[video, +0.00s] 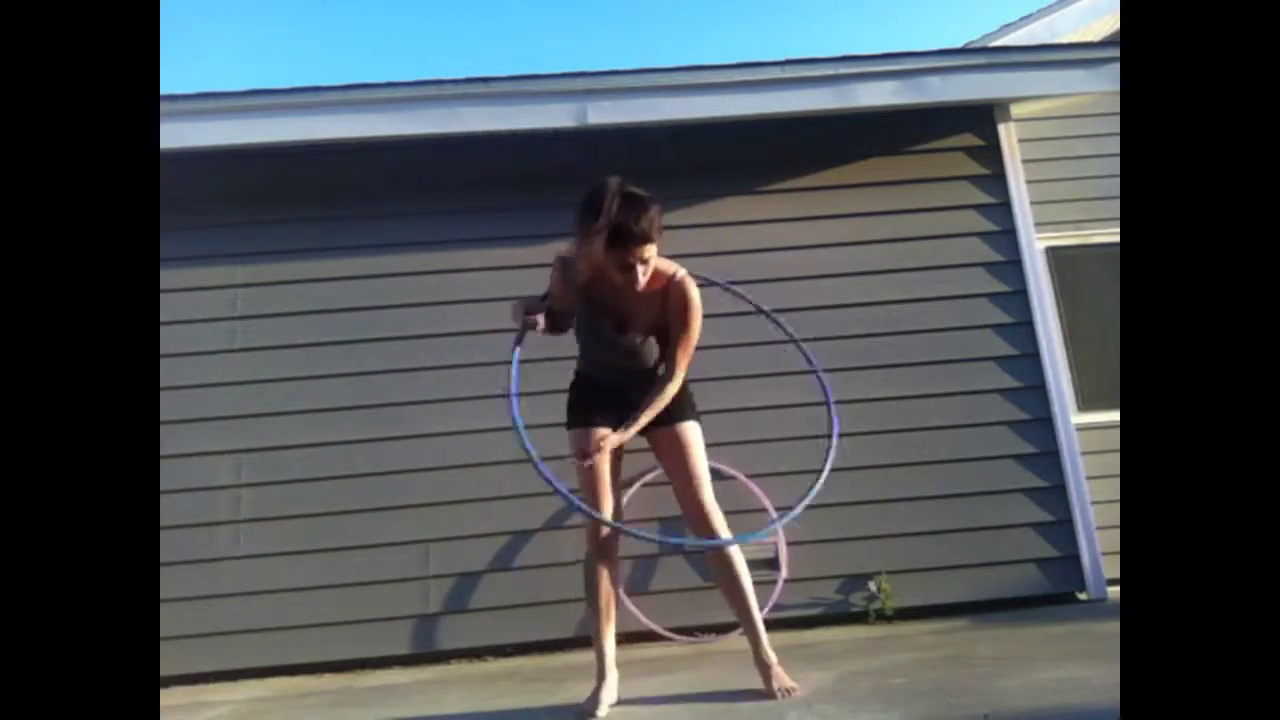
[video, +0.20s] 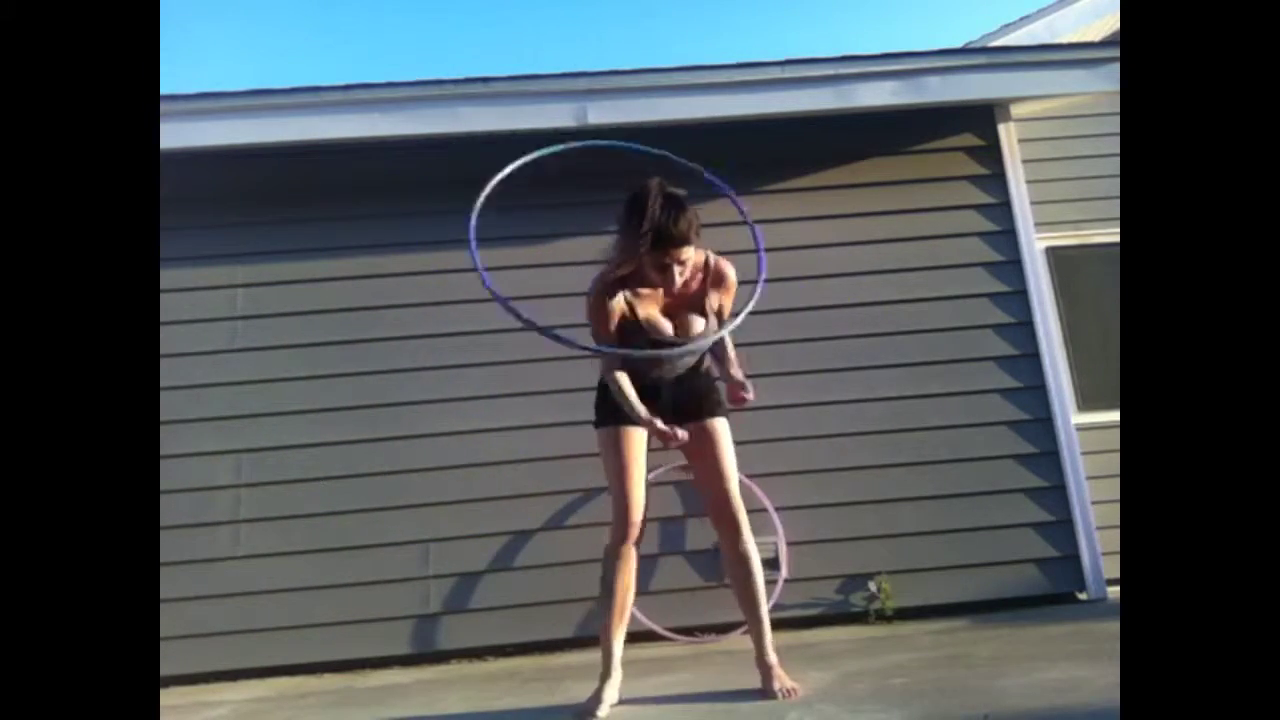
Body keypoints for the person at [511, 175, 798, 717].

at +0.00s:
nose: (640, 272)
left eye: (648, 260)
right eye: (628, 263)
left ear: (660, 244)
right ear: (603, 247)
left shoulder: (680, 290)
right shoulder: (575, 267)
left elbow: (674, 378)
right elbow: (559, 320)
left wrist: (626, 432)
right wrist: (535, 316)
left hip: (661, 387)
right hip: (596, 390)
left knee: (705, 515)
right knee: (602, 532)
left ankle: (765, 655)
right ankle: (606, 676)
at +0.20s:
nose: (676, 272)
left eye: (685, 259)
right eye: (664, 263)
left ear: (700, 245)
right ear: (639, 252)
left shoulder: (720, 274)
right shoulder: (611, 293)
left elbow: (716, 328)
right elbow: (613, 371)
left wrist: (735, 373)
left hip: (694, 381)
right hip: (630, 387)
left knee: (733, 521)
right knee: (627, 529)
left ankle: (768, 659)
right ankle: (611, 675)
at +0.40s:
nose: (717, 266)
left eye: (724, 255)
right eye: (706, 258)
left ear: (731, 243)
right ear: (680, 245)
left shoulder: (735, 258)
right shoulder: (649, 295)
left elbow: (733, 285)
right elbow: (649, 375)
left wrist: (767, 281)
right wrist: (700, 426)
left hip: (710, 383)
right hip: (650, 392)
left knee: (749, 513)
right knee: (651, 532)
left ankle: (770, 661)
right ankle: (614, 675)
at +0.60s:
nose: (725, 280)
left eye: (731, 270)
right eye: (715, 272)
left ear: (736, 257)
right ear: (689, 257)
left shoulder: (741, 269)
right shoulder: (651, 306)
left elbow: (731, 303)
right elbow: (658, 390)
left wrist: (769, 308)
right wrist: (712, 454)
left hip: (709, 384)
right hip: (650, 394)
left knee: (747, 512)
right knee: (649, 524)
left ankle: (768, 659)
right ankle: (617, 674)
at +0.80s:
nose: (676, 288)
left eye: (685, 277)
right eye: (668, 277)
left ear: (699, 266)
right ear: (647, 263)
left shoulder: (723, 301)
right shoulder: (612, 300)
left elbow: (723, 378)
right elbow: (617, 386)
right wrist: (623, 457)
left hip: (699, 401)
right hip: (634, 401)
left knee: (724, 525)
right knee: (607, 527)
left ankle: (766, 658)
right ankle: (644, 674)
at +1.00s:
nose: (624, 244)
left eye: (635, 235)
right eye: (618, 231)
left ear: (656, 232)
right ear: (605, 222)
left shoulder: (652, 289)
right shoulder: (591, 248)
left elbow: (612, 386)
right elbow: (576, 331)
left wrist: (541, 446)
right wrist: (533, 398)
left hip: (651, 398)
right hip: (614, 394)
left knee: (587, 529)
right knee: (589, 534)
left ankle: (702, 613)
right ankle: (642, 676)